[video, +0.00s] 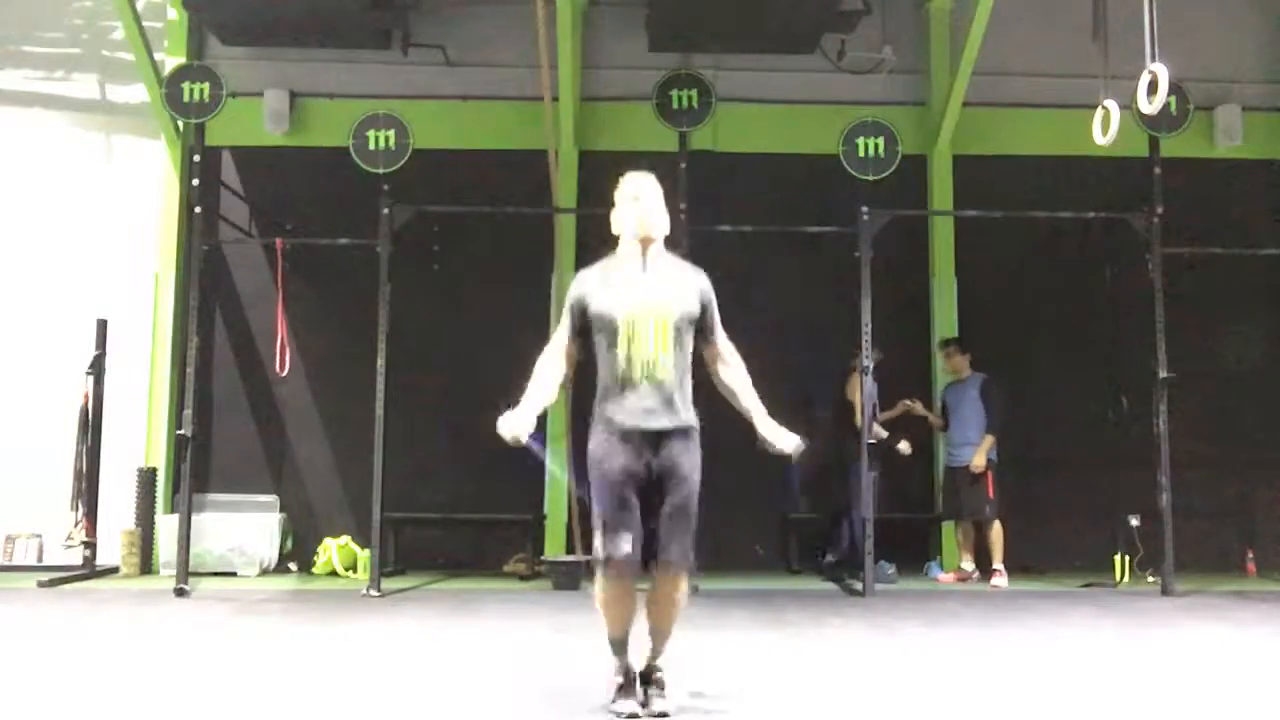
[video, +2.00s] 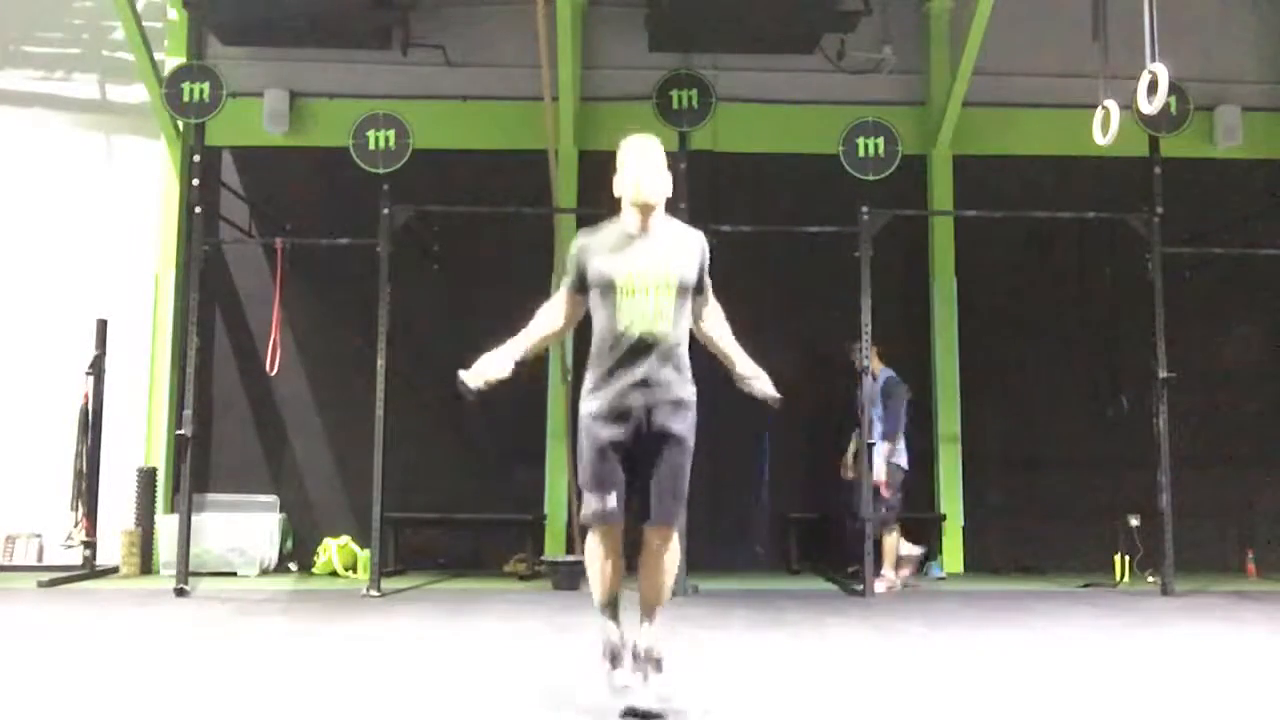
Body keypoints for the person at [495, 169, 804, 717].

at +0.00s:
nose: (644, 210)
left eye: (652, 201)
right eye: (633, 201)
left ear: (667, 214)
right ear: (615, 215)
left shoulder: (693, 281)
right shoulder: (589, 284)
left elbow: (723, 359)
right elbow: (559, 354)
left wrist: (765, 423)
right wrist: (527, 408)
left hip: (677, 434)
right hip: (614, 433)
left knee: (674, 560)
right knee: (618, 554)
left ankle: (654, 669)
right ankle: (621, 669)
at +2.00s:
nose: (645, 177)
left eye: (653, 168)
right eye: (635, 168)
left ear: (668, 178)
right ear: (618, 179)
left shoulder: (692, 244)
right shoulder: (589, 245)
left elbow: (705, 312)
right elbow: (563, 311)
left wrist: (745, 368)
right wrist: (505, 355)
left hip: (672, 399)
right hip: (605, 399)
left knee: (664, 524)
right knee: (603, 517)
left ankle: (649, 636)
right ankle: (608, 626)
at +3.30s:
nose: (648, 215)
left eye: (656, 206)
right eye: (637, 206)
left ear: (671, 217)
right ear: (619, 218)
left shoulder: (695, 282)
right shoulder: (594, 286)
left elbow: (723, 353)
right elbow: (569, 353)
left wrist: (761, 408)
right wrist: (539, 392)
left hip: (681, 432)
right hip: (617, 432)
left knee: (675, 552)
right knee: (621, 547)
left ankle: (660, 660)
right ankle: (625, 659)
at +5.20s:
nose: (647, 155)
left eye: (654, 147)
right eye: (636, 147)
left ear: (669, 160)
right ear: (617, 161)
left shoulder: (697, 224)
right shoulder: (593, 229)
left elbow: (731, 292)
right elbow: (568, 298)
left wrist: (769, 344)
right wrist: (538, 346)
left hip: (678, 363)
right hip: (616, 363)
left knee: (674, 481)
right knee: (620, 477)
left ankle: (661, 596)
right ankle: (624, 592)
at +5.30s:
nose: (647, 163)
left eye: (655, 156)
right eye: (637, 156)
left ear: (669, 168)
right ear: (619, 169)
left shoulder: (696, 233)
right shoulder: (593, 237)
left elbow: (719, 305)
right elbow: (573, 308)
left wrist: (753, 367)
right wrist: (538, 362)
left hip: (681, 375)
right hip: (617, 376)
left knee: (674, 493)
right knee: (621, 488)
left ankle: (663, 604)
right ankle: (622, 594)